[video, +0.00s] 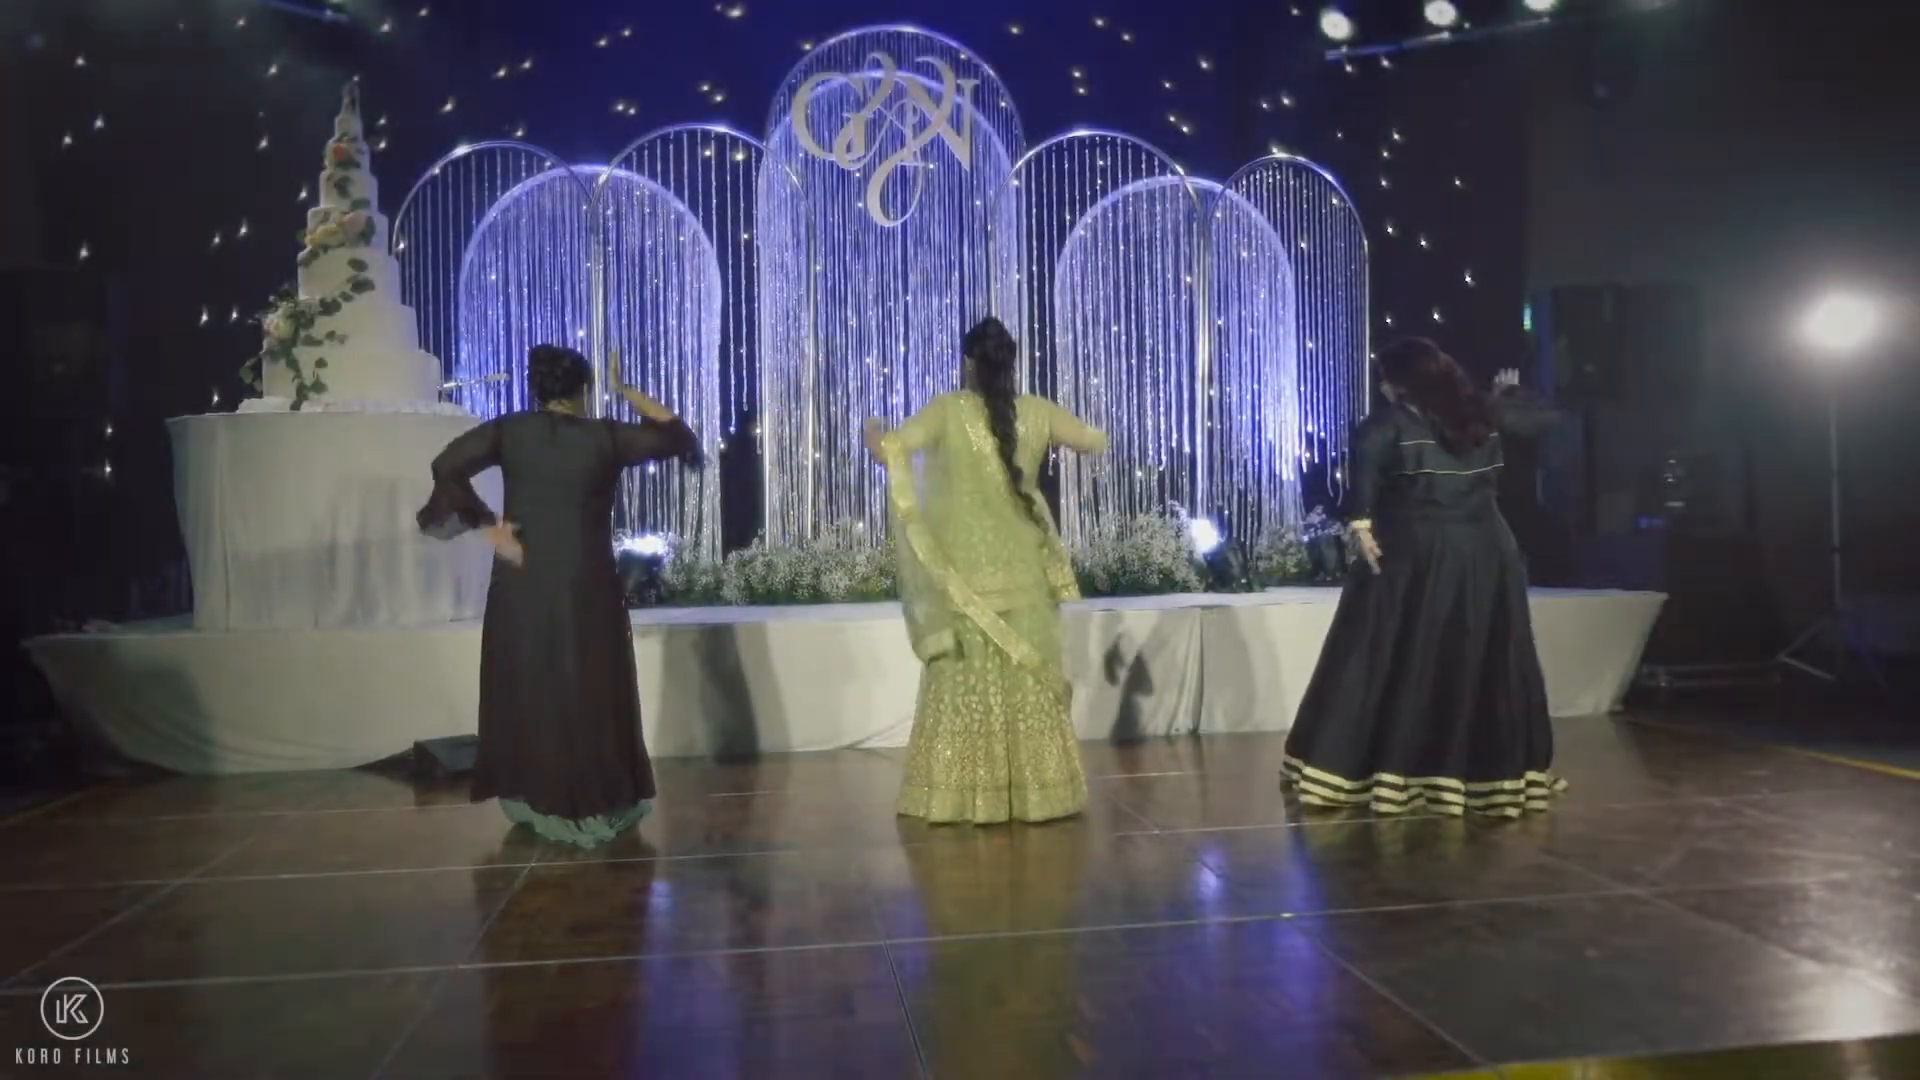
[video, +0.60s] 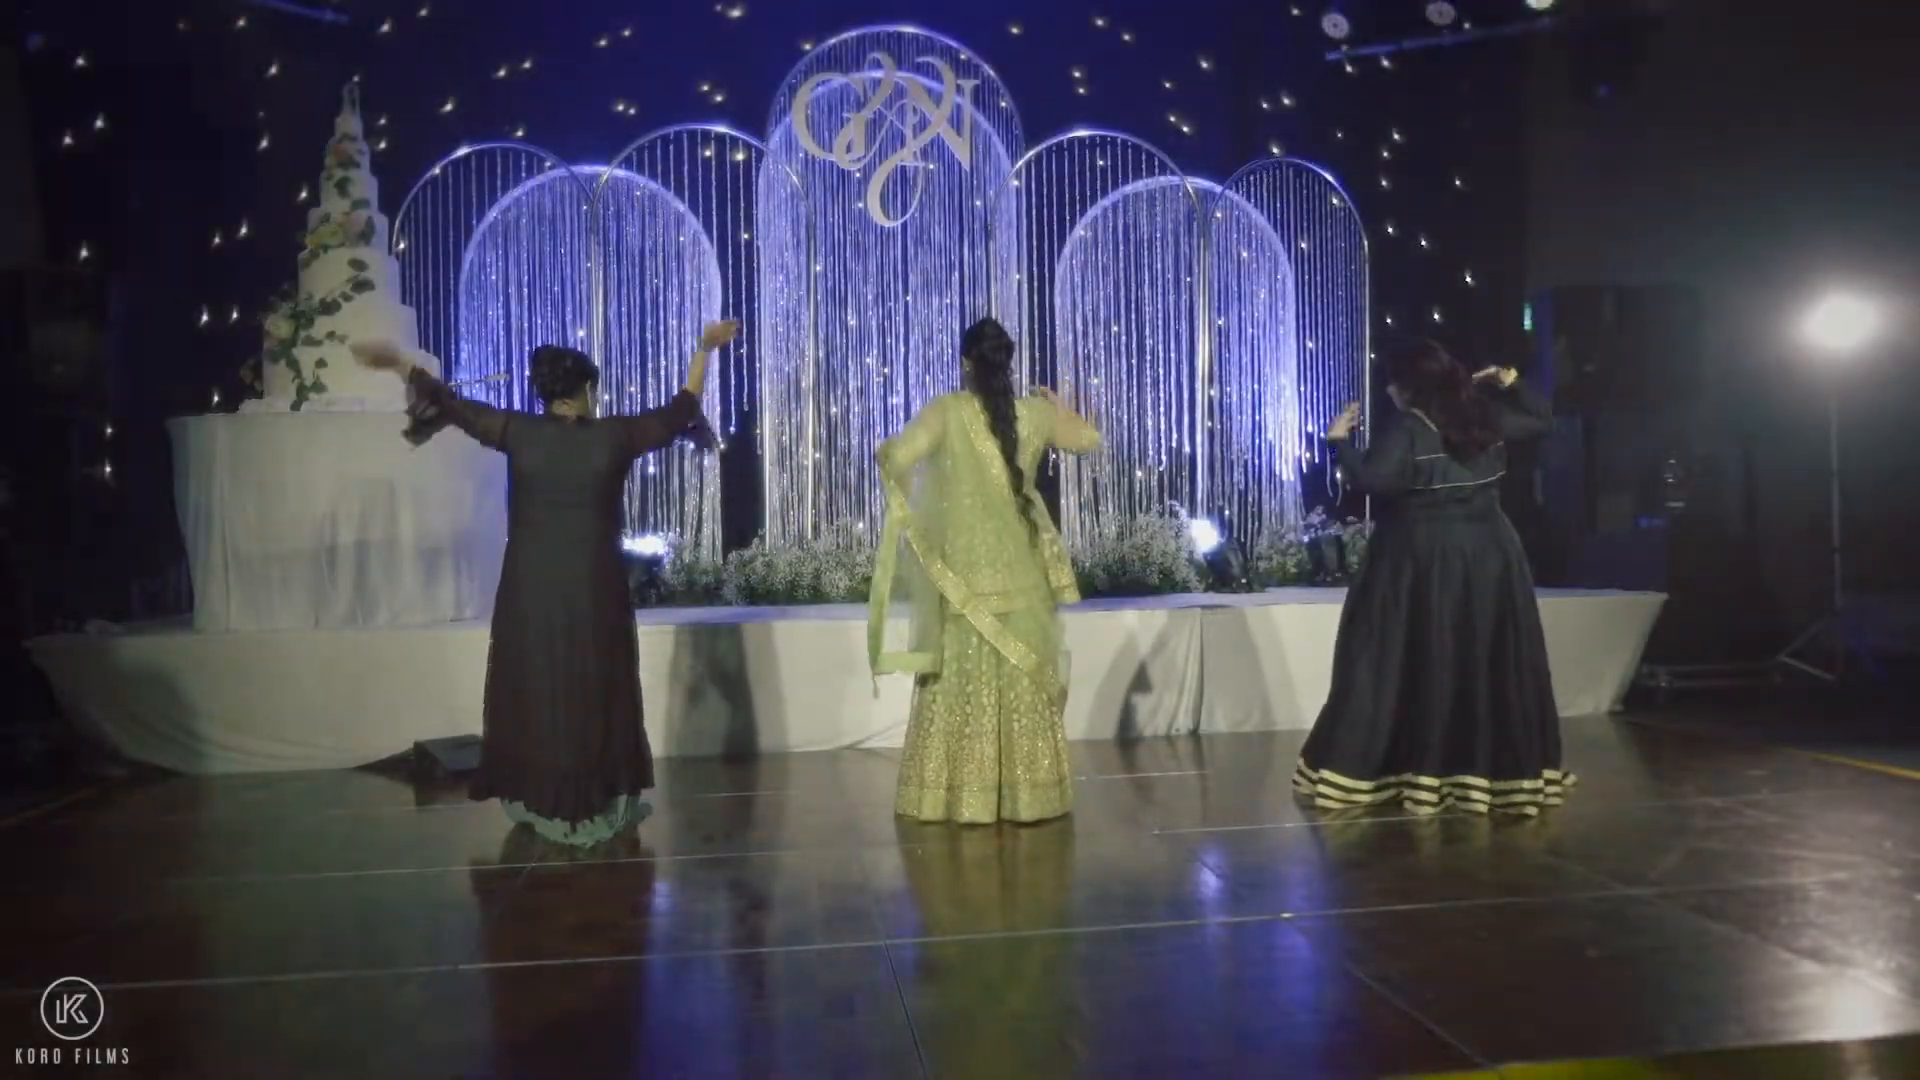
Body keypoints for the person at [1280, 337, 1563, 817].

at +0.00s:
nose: (1380, 390)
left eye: (1382, 382)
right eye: (1380, 382)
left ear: (1397, 384)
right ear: (1440, 373)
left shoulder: (1392, 423)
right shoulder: (1478, 415)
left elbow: (1368, 457)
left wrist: (1360, 518)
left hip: (1424, 551)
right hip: (1487, 547)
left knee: (1410, 661)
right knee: (1483, 660)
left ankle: (1405, 776)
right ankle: (1486, 777)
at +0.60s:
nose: (1388, 394)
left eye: (1392, 385)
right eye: (1389, 385)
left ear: (1406, 387)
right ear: (1448, 379)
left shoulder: (1407, 429)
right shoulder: (1485, 418)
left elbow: (1372, 477)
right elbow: (1539, 419)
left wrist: (1342, 444)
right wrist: (1511, 381)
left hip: (1425, 552)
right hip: (1489, 546)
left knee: (1419, 660)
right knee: (1487, 660)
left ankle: (1419, 777)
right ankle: (1493, 777)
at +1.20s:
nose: (1413, 383)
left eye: (1417, 375)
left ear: (1425, 380)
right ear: (1476, 375)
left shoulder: (1416, 421)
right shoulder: (1503, 411)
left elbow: (1360, 380)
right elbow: (1505, 356)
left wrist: (1369, 316)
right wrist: (1473, 299)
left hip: (1430, 547)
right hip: (1496, 543)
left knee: (1426, 662)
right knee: (1495, 662)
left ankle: (1421, 783)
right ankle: (1497, 783)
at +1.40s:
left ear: (1430, 368)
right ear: (1484, 365)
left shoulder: (1417, 413)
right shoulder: (1507, 408)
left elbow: (1366, 383)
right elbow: (1493, 351)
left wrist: (1390, 326)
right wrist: (1444, 315)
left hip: (1432, 544)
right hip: (1498, 542)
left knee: (1428, 659)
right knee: (1495, 659)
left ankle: (1422, 781)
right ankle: (1495, 780)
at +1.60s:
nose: (1436, 372)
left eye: (1434, 366)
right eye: (1451, 361)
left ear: (1432, 379)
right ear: (1486, 370)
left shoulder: (1417, 423)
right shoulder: (1510, 406)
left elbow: (1361, 431)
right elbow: (1518, 348)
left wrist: (1300, 399)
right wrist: (1507, 290)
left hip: (1433, 549)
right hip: (1500, 546)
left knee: (1420, 661)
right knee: (1498, 662)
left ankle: (1421, 780)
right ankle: (1496, 782)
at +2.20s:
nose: (1394, 404)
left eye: (1397, 395)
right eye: (1394, 395)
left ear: (1412, 394)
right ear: (1451, 379)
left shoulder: (1413, 442)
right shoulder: (1491, 407)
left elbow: (1379, 496)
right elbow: (1510, 341)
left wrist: (1321, 529)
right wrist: (1523, 282)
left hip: (1438, 566)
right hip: (1507, 558)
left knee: (1429, 667)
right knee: (1507, 666)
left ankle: (1427, 781)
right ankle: (1510, 780)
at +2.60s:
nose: (1386, 402)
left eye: (1389, 393)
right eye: (1386, 393)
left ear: (1406, 393)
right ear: (1443, 375)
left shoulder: (1405, 443)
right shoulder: (1486, 400)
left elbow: (1379, 499)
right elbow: (1515, 348)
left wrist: (1337, 547)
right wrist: (1528, 291)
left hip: (1435, 555)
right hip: (1502, 546)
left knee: (1429, 664)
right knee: (1504, 661)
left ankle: (1429, 781)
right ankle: (1505, 778)